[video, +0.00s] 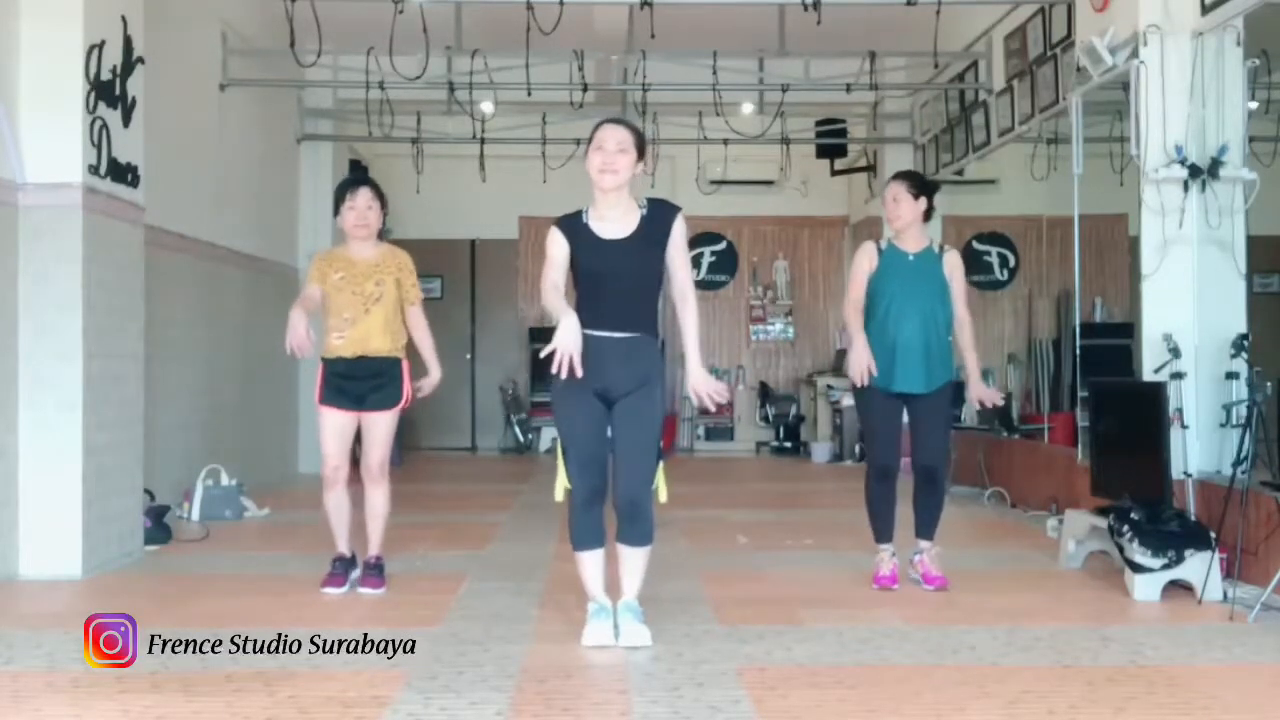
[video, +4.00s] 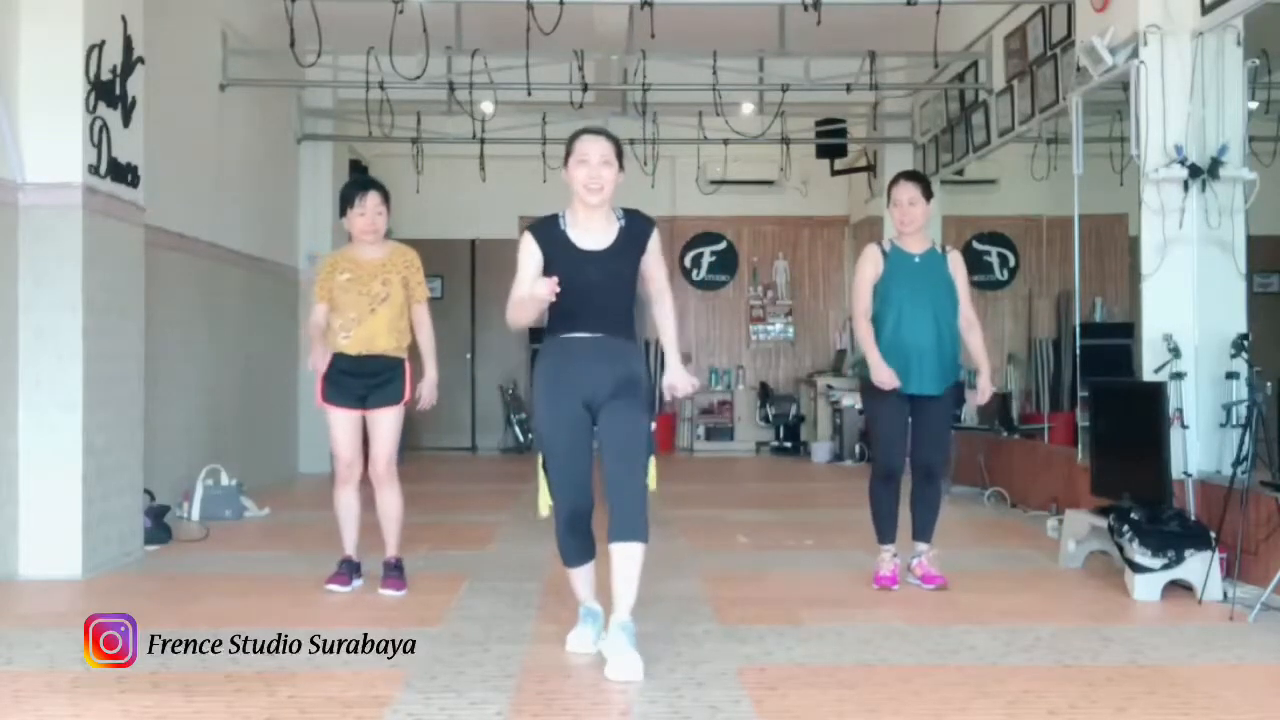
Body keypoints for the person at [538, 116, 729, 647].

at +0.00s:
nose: (608, 158)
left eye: (620, 150)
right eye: (600, 149)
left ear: (639, 162)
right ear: (586, 158)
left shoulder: (666, 220)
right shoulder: (566, 229)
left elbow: (684, 295)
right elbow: (550, 288)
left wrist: (695, 365)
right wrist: (567, 317)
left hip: (642, 370)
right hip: (578, 369)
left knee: (635, 491)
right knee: (585, 489)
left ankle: (629, 604)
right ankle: (597, 604)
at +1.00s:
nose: (631, 161)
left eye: (641, 152)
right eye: (620, 152)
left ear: (656, 162)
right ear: (603, 160)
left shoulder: (671, 227)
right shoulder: (575, 218)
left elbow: (686, 287)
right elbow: (543, 294)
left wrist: (687, 303)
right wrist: (521, 364)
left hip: (654, 363)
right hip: (593, 363)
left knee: (646, 487)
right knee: (603, 489)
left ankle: (632, 605)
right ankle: (600, 605)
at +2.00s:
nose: (607, 166)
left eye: (618, 156)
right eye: (597, 155)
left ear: (635, 165)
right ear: (582, 163)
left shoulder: (664, 220)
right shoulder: (562, 231)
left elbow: (685, 291)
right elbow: (544, 292)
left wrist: (692, 361)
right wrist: (567, 299)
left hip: (641, 368)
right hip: (576, 368)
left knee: (635, 490)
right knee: (585, 488)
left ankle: (629, 605)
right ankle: (597, 605)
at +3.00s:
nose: (624, 168)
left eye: (633, 158)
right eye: (613, 158)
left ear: (648, 167)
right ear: (595, 165)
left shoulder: (672, 228)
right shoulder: (570, 229)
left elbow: (703, 291)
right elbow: (542, 305)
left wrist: (681, 287)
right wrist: (518, 374)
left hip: (655, 367)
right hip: (592, 369)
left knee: (648, 488)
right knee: (599, 491)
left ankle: (633, 605)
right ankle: (599, 602)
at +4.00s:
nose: (594, 172)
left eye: (604, 163)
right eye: (583, 162)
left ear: (619, 173)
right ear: (565, 171)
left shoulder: (641, 231)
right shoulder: (540, 235)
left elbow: (660, 296)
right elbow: (516, 316)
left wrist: (673, 362)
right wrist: (533, 300)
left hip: (624, 370)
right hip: (559, 370)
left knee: (627, 492)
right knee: (571, 502)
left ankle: (622, 623)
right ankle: (588, 611)